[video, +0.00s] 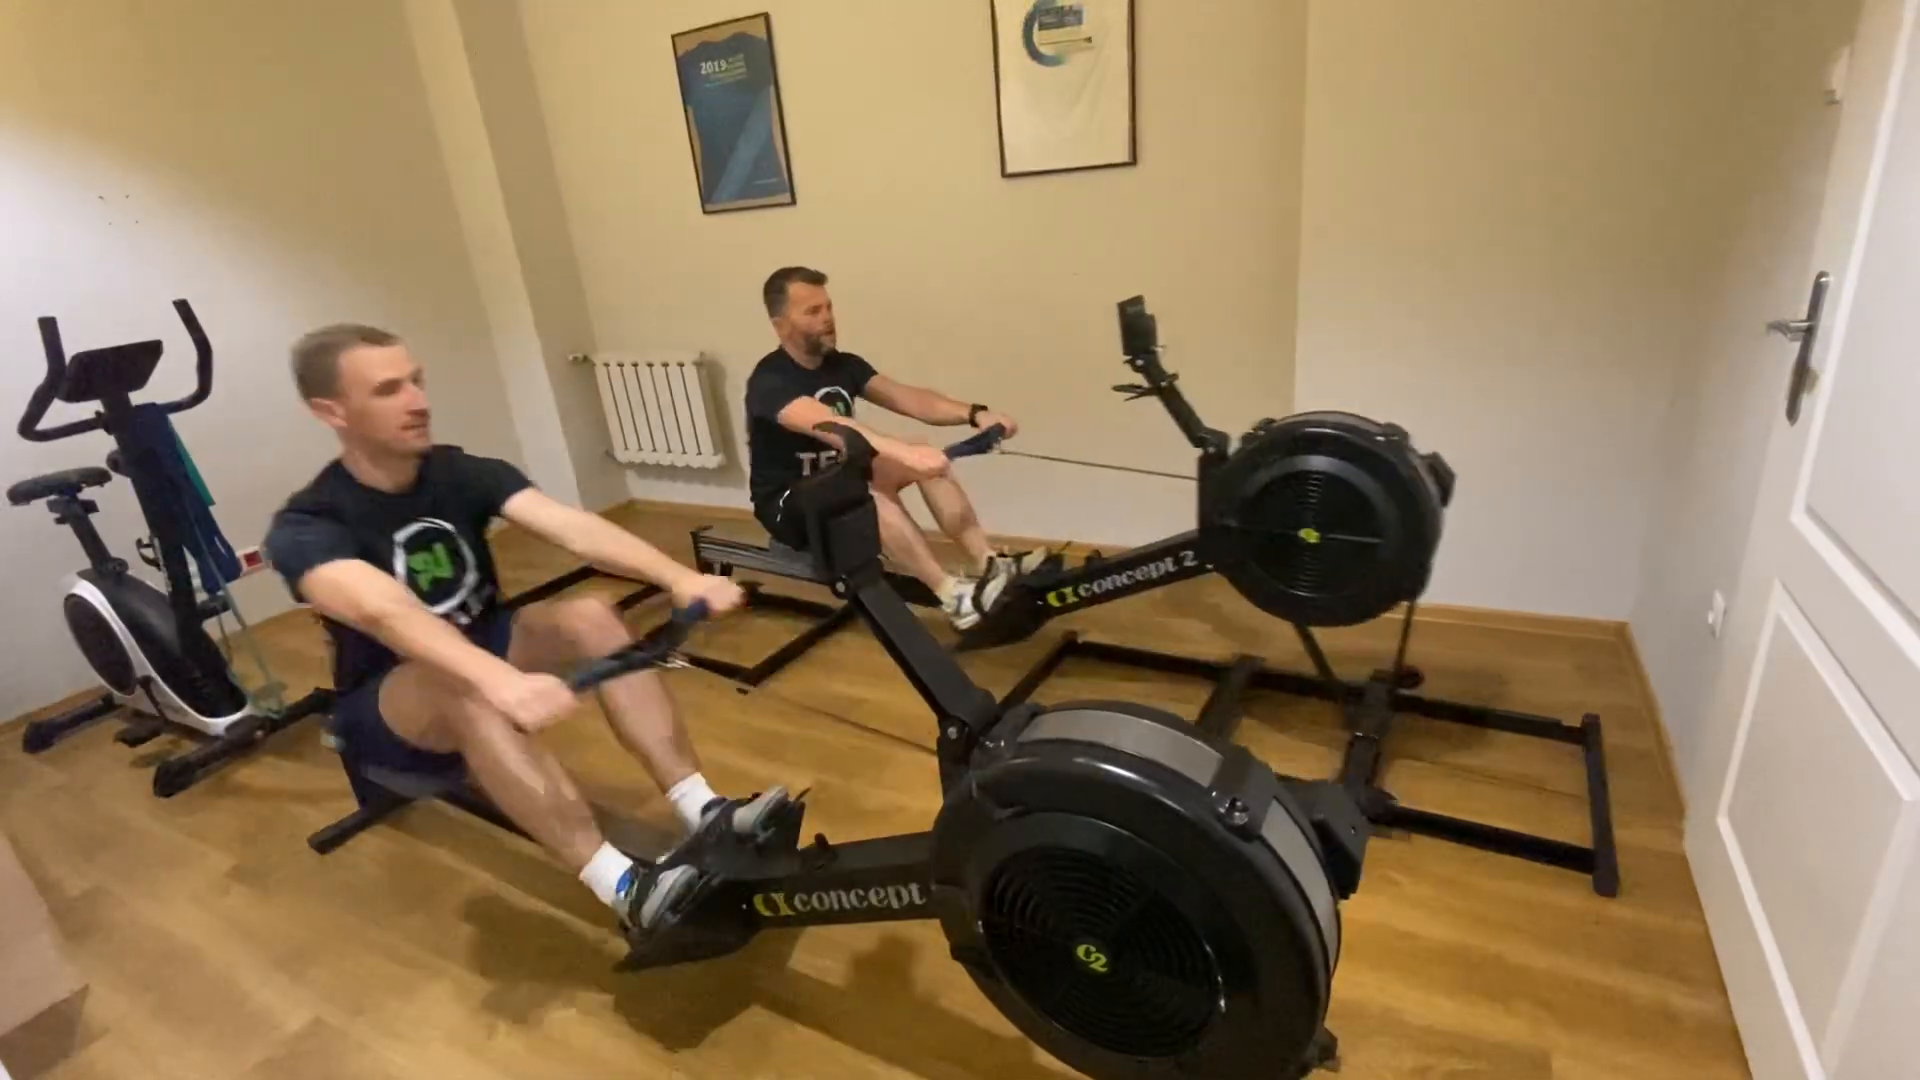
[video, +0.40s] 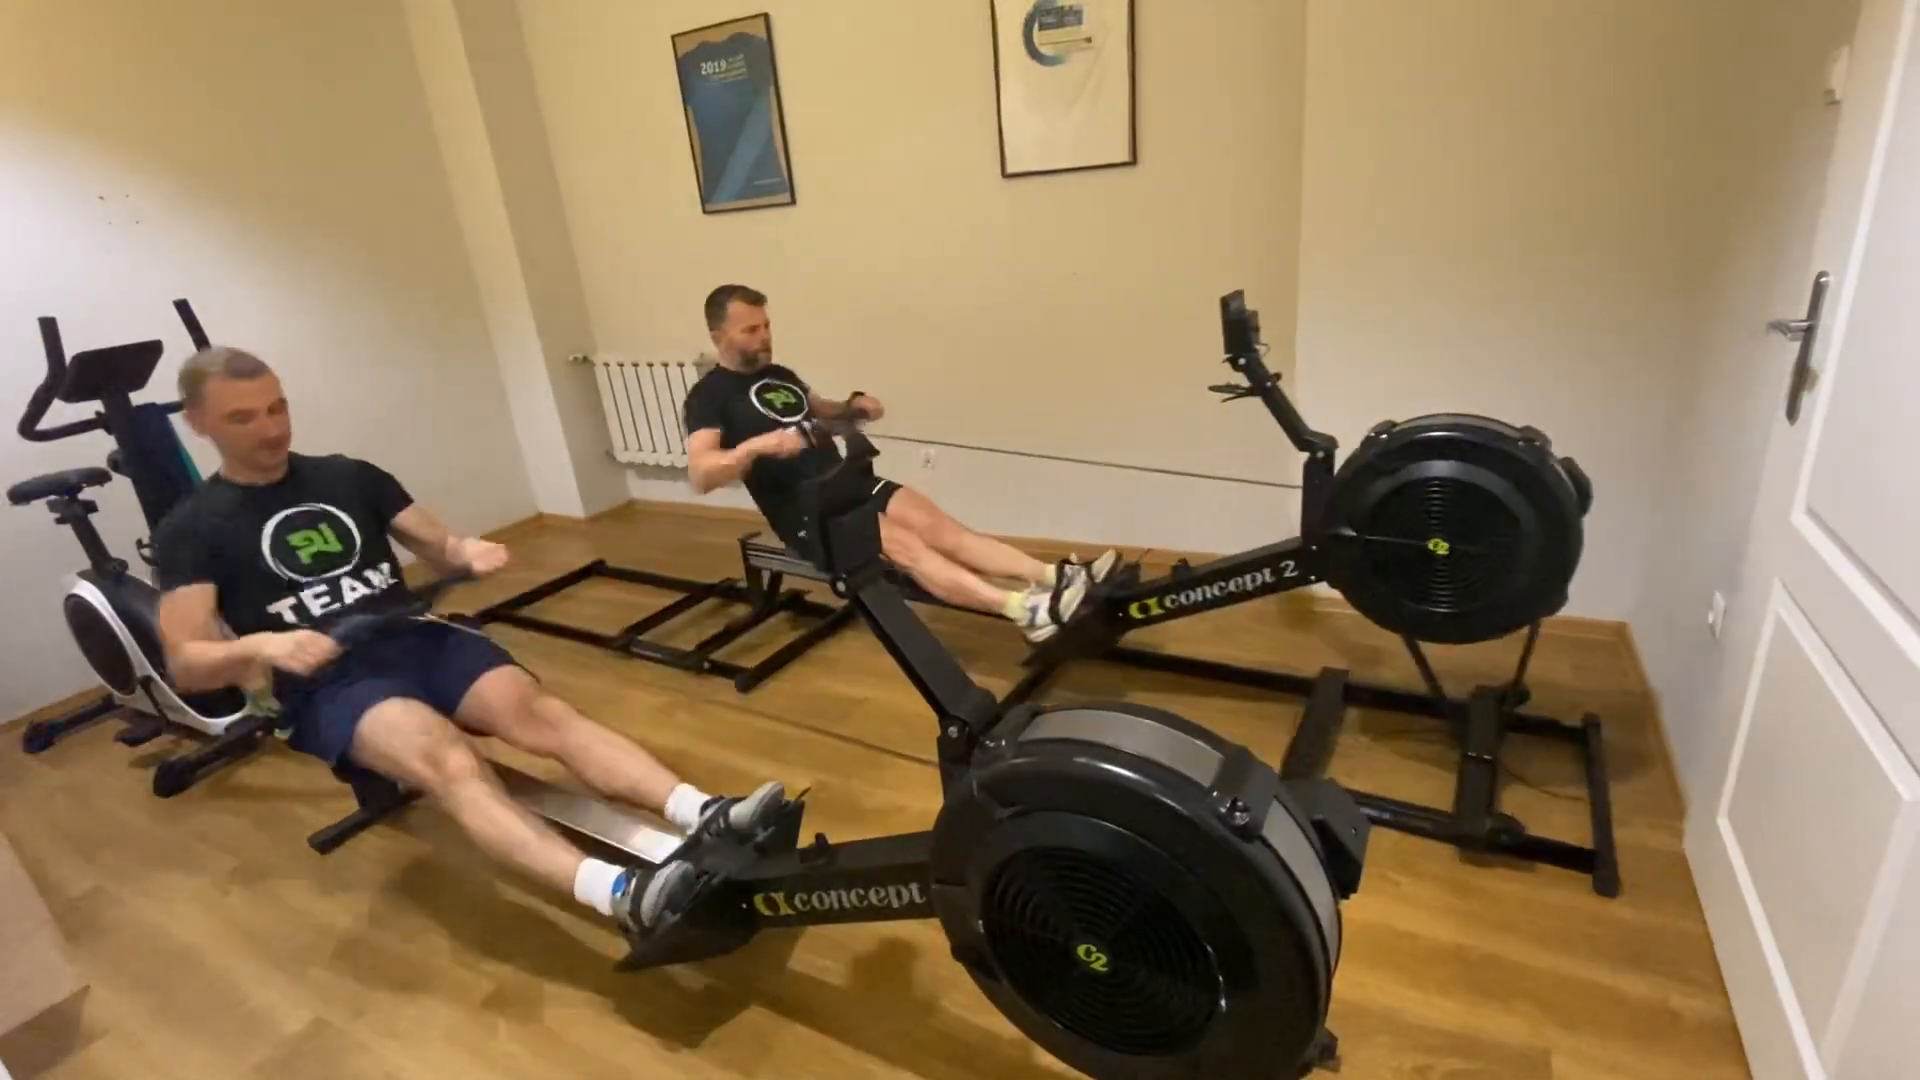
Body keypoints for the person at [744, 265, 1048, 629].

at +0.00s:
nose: (829, 318)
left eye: (829, 308)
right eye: (815, 312)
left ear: (831, 306)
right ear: (781, 325)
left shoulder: (843, 366)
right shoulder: (768, 382)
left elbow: (905, 399)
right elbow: (832, 429)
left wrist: (974, 413)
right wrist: (904, 452)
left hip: (847, 480)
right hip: (790, 502)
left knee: (927, 459)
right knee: (865, 497)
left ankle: (989, 564)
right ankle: (952, 595)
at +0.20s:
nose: (789, 318)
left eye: (790, 307)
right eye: (775, 312)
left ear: (792, 304)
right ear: (742, 319)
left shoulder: (804, 359)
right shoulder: (732, 377)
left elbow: (862, 396)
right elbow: (769, 436)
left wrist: (917, 400)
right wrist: (845, 444)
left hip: (845, 486)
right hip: (796, 509)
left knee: (924, 490)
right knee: (890, 514)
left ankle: (1032, 573)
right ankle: (996, 603)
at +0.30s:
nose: (773, 328)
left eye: (774, 317)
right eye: (760, 320)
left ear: (776, 315)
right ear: (728, 326)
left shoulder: (791, 367)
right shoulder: (717, 383)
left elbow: (850, 409)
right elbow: (731, 450)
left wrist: (885, 407)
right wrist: (804, 443)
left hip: (853, 483)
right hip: (806, 510)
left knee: (935, 514)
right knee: (901, 534)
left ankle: (1048, 577)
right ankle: (1014, 608)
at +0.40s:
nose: (763, 338)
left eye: (765, 328)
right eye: (751, 330)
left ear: (765, 326)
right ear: (719, 333)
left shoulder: (777, 375)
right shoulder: (707, 396)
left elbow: (815, 412)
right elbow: (702, 474)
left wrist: (850, 409)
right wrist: (757, 447)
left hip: (855, 484)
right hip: (814, 513)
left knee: (942, 528)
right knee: (911, 550)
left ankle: (1056, 578)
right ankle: (1024, 610)